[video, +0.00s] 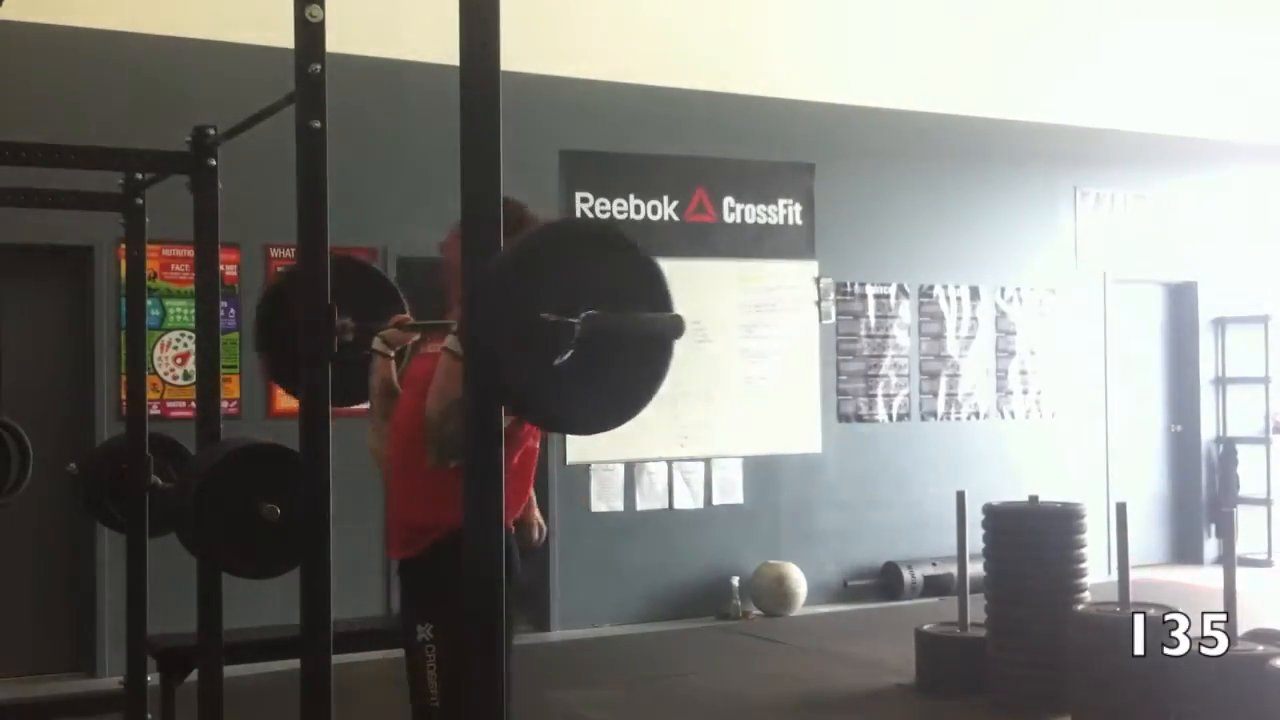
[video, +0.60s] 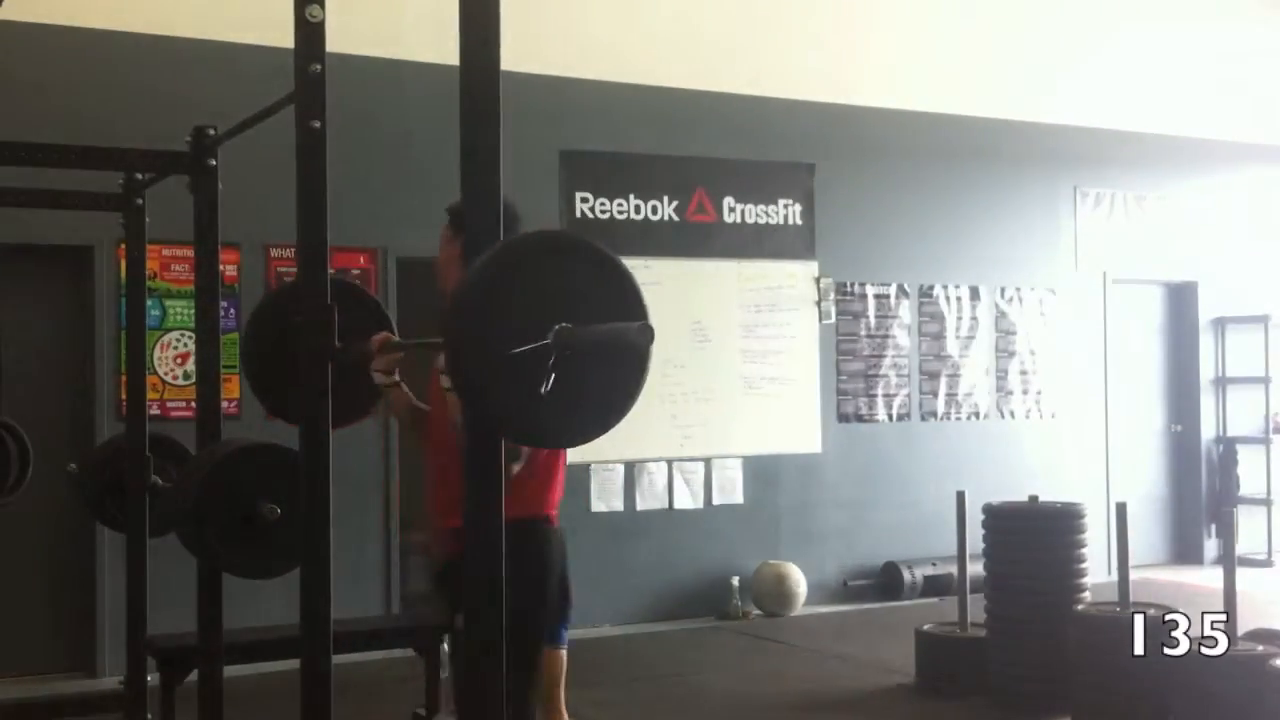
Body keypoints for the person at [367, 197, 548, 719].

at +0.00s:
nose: (443, 250)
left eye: (459, 243)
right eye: (451, 241)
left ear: (494, 262)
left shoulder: (501, 343)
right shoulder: (444, 342)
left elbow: (445, 442)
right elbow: (389, 450)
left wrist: (467, 328)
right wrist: (384, 357)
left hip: (469, 552)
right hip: (430, 552)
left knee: (465, 703)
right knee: (435, 701)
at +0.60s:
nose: (438, 259)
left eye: (445, 245)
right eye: (442, 244)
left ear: (467, 250)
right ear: (485, 251)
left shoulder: (517, 331)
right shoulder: (469, 335)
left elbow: (509, 456)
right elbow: (446, 437)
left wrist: (457, 377)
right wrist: (392, 386)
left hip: (515, 538)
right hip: (476, 537)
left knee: (538, 699)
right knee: (477, 698)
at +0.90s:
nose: (495, 266)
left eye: (507, 249)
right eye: (484, 251)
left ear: (537, 250)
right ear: (481, 262)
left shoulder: (581, 326)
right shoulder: (490, 334)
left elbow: (591, 449)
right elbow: (455, 430)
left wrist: (498, 415)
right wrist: (406, 380)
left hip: (575, 523)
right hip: (502, 522)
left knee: (574, 688)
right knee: (515, 683)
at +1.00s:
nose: (508, 263)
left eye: (521, 248)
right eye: (500, 249)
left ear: (553, 248)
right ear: (495, 256)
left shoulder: (600, 340)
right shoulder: (501, 335)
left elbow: (627, 447)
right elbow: (467, 433)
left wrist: (552, 457)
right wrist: (417, 381)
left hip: (582, 526)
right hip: (512, 526)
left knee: (582, 694)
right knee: (533, 690)